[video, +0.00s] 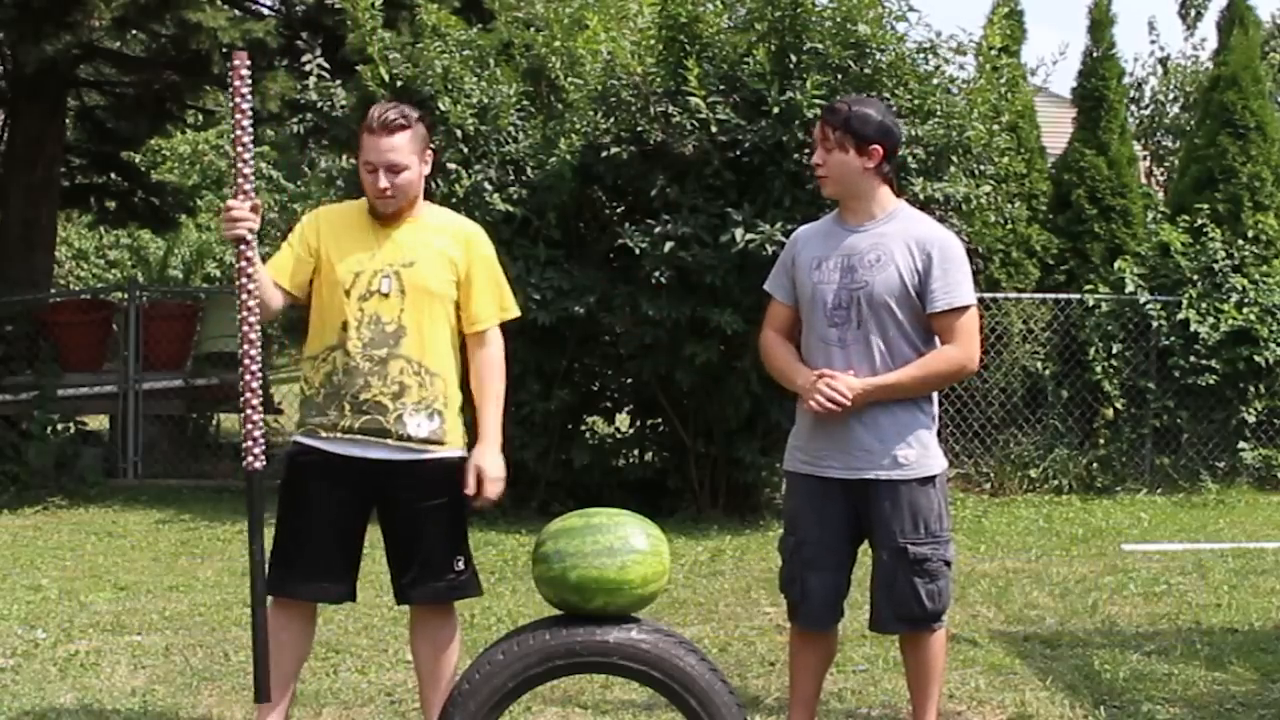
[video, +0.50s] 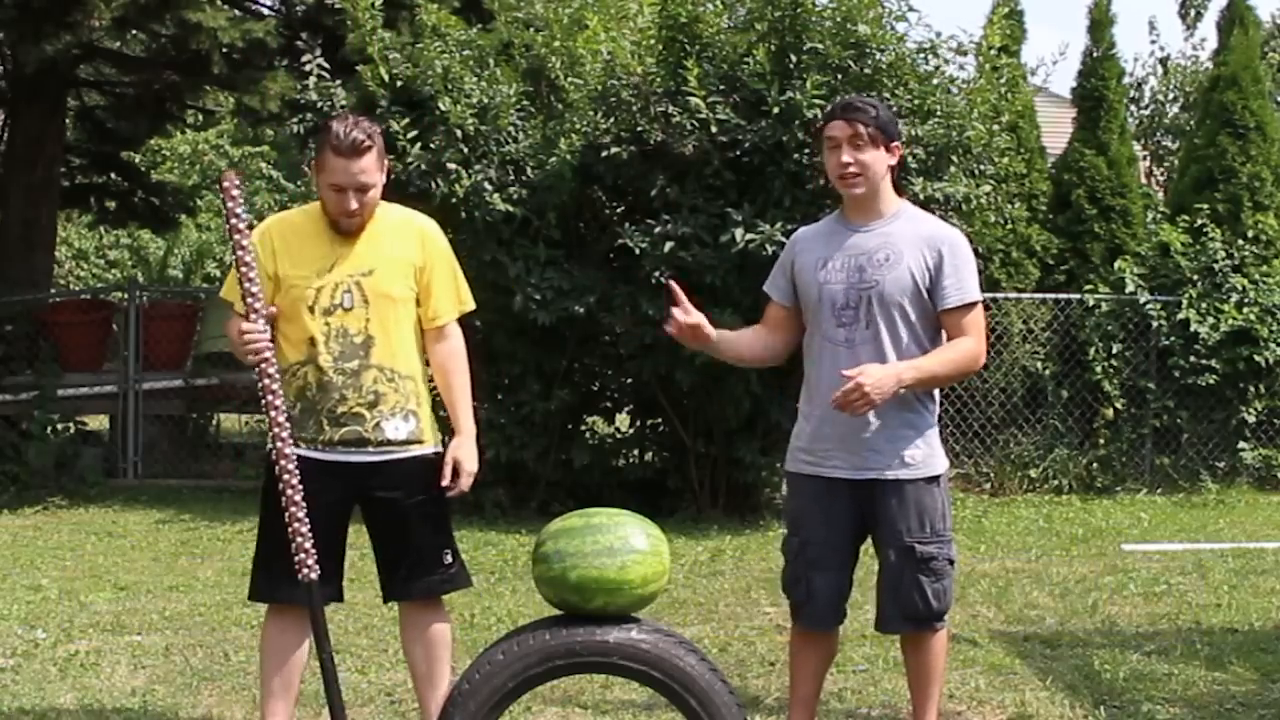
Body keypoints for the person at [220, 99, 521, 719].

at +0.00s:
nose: (382, 182)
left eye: (397, 168)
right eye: (370, 168)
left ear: (427, 162)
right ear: (356, 164)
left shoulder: (463, 239)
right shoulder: (322, 225)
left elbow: (485, 343)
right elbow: (268, 303)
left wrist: (489, 442)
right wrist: (244, 250)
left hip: (426, 453)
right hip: (326, 447)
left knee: (434, 598)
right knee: (292, 590)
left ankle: (439, 716)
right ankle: (271, 712)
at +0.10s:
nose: (381, 187)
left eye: (395, 174)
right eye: (369, 174)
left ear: (425, 164)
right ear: (355, 166)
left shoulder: (461, 237)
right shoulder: (320, 226)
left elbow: (487, 343)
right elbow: (267, 307)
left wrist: (509, 443)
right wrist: (240, 258)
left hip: (426, 454)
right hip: (326, 447)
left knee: (434, 598)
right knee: (292, 590)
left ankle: (439, 716)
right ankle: (273, 712)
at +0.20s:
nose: (351, 209)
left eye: (363, 194)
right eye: (337, 196)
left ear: (385, 177)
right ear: (316, 180)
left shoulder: (423, 236)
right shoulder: (275, 239)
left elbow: (447, 334)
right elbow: (255, 329)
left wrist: (467, 431)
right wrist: (253, 342)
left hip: (408, 455)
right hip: (309, 455)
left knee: (426, 600)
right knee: (293, 603)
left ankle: (440, 717)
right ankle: (275, 717)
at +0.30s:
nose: (349, 207)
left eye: (361, 192)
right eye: (335, 194)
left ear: (382, 176)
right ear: (313, 179)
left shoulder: (421, 236)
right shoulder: (273, 238)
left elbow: (445, 334)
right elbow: (246, 323)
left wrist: (467, 432)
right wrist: (250, 340)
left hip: (407, 454)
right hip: (308, 455)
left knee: (426, 599)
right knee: (292, 603)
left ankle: (439, 718)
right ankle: (275, 718)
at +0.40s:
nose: (349, 204)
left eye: (362, 190)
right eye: (336, 191)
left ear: (383, 176)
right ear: (314, 178)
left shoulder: (420, 236)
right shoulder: (273, 239)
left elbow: (444, 334)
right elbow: (244, 321)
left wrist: (466, 432)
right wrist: (246, 338)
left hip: (407, 454)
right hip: (307, 455)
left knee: (425, 599)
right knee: (292, 601)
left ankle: (439, 718)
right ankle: (275, 718)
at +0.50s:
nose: (352, 202)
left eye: (364, 188)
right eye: (338, 189)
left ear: (384, 174)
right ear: (315, 175)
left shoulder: (420, 236)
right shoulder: (272, 239)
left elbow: (443, 335)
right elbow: (243, 323)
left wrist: (464, 431)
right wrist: (246, 338)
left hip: (405, 454)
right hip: (306, 454)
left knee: (424, 598)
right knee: (291, 600)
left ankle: (439, 717)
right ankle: (275, 718)